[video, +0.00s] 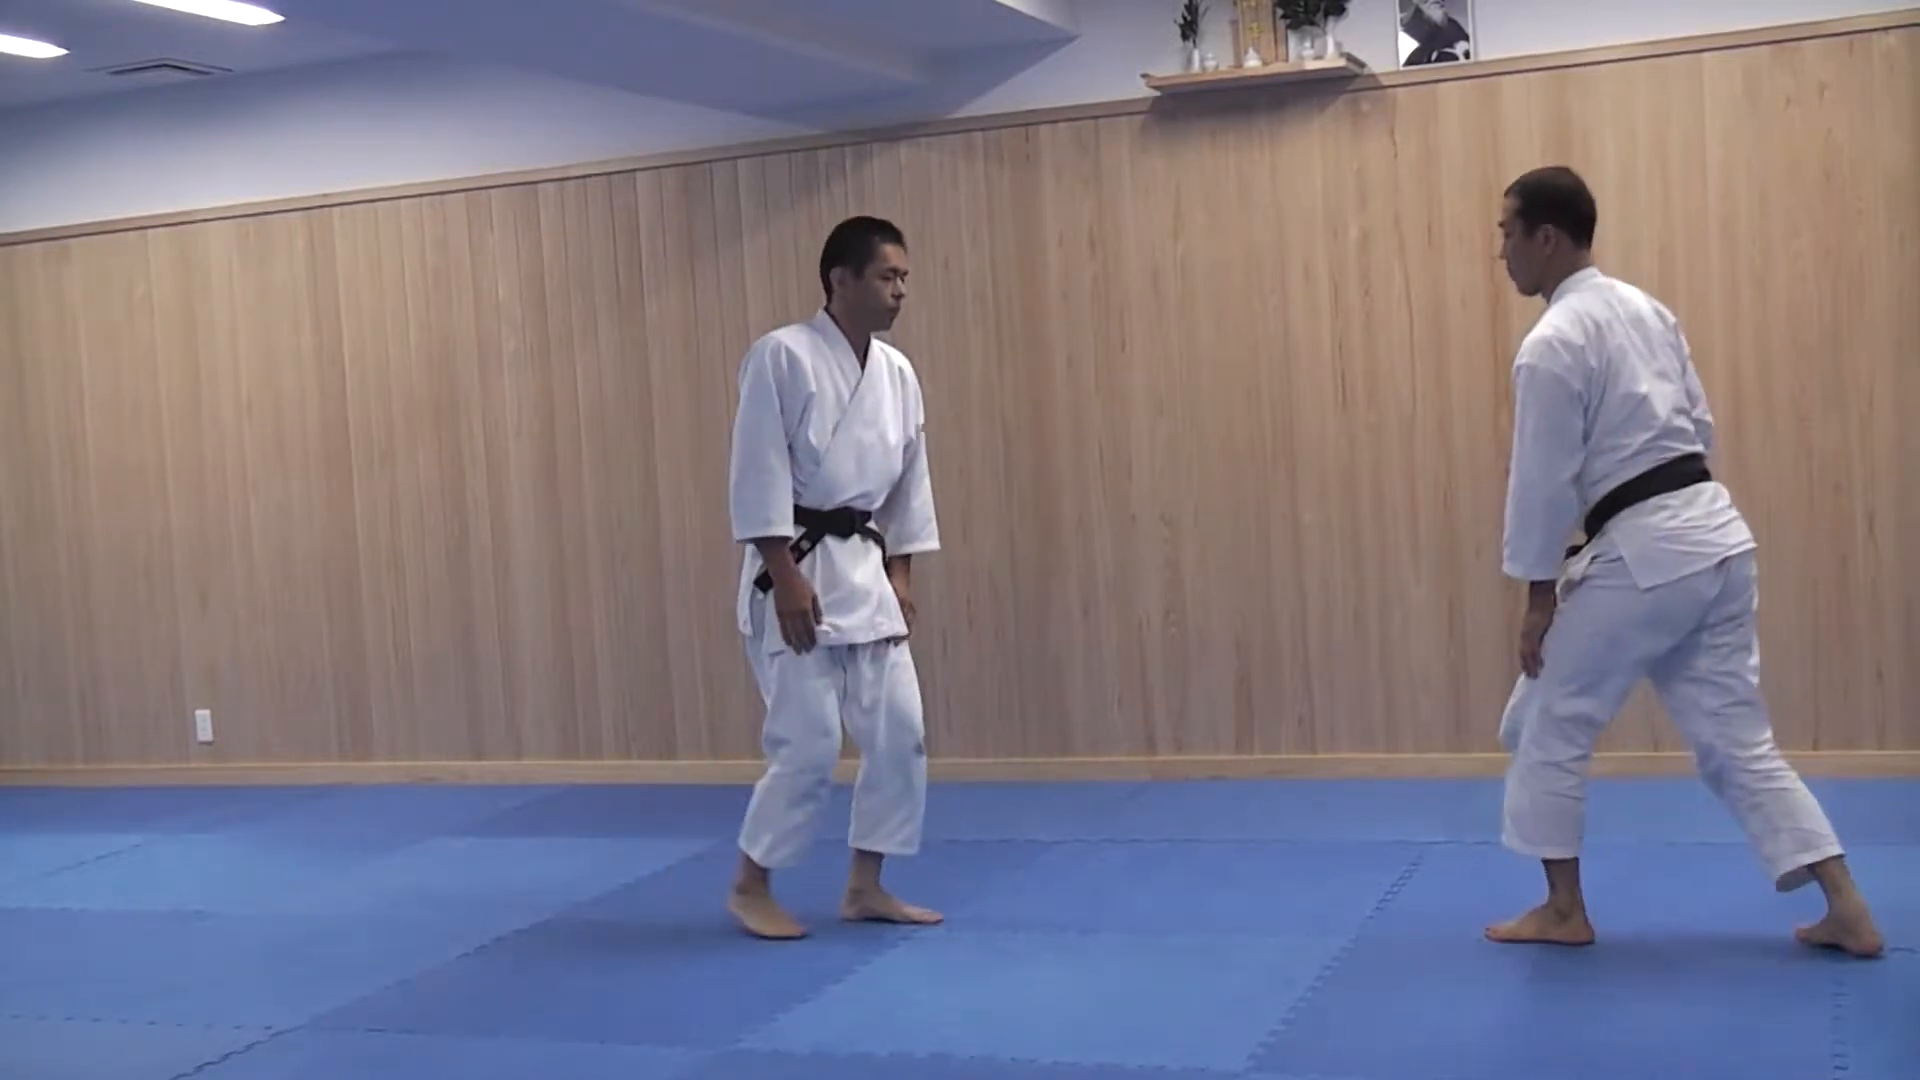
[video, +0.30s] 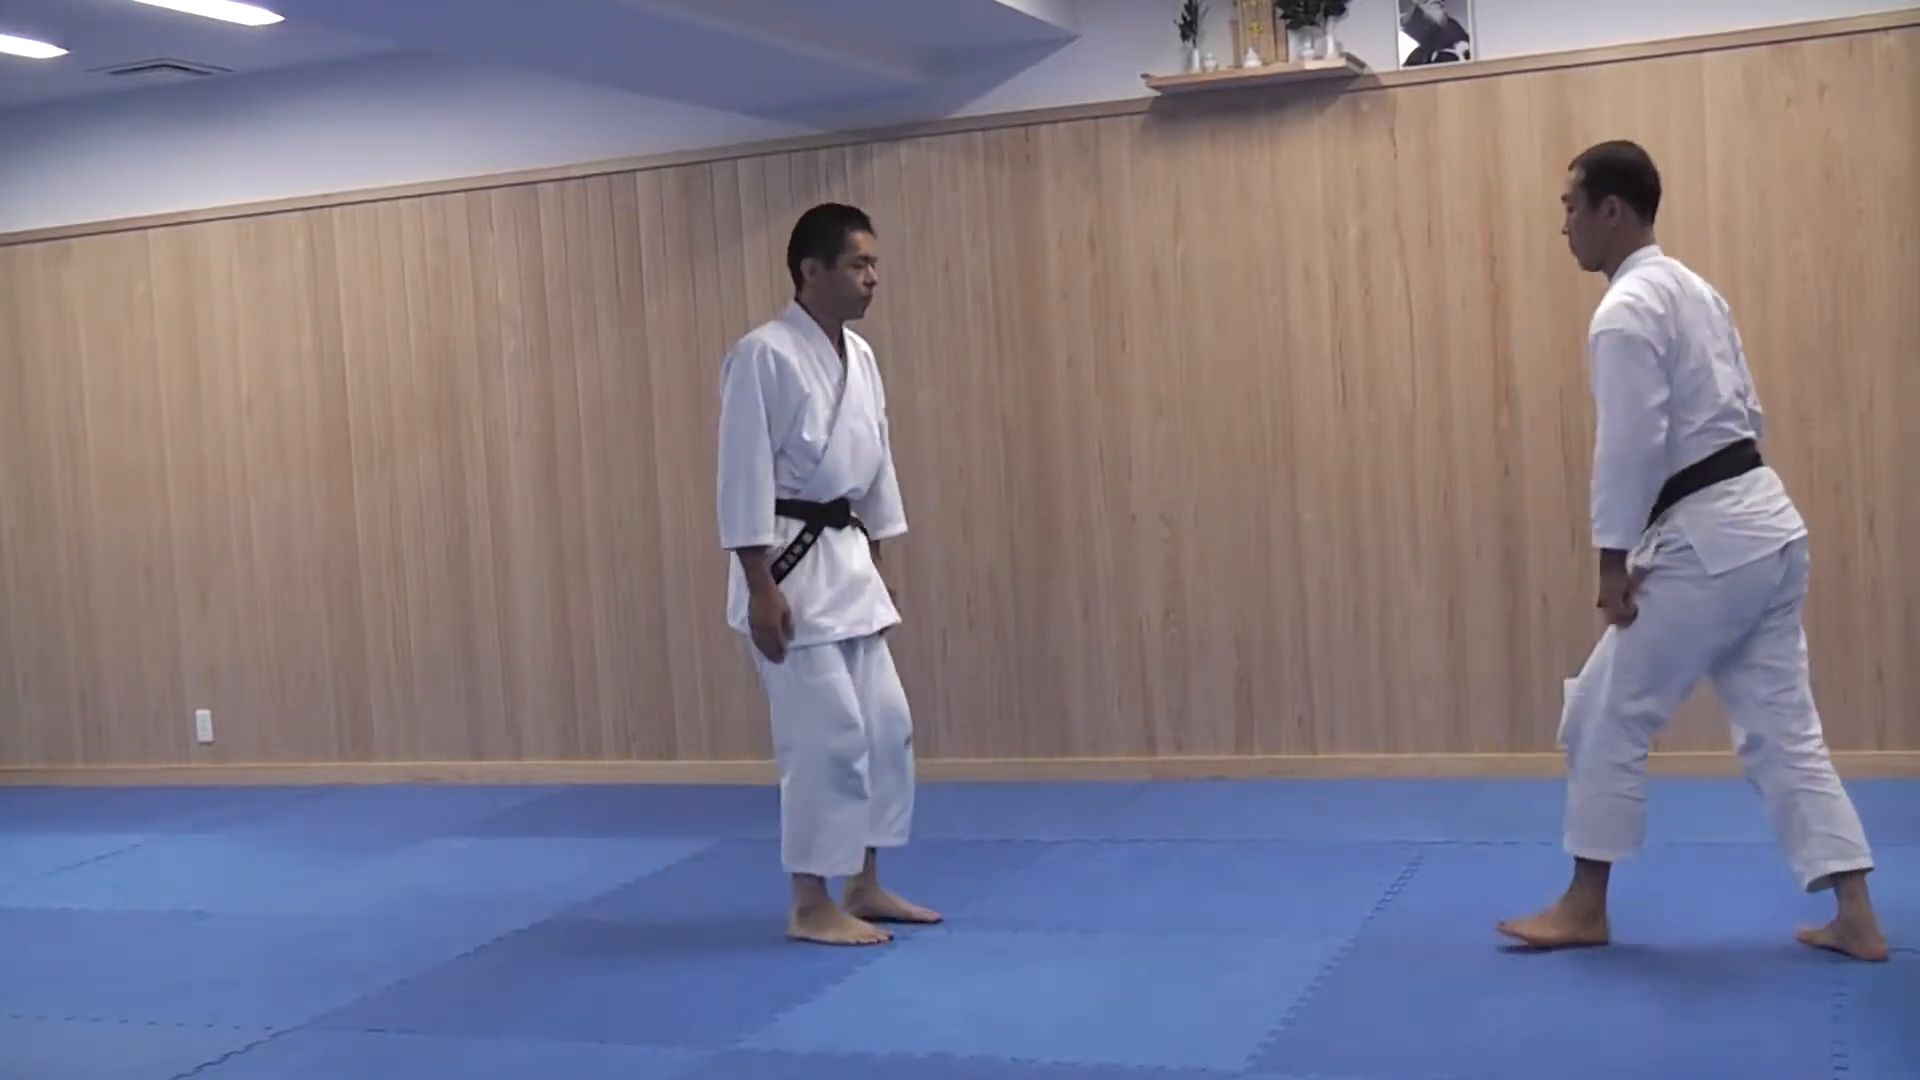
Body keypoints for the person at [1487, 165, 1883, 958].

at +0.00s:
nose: (1500, 250)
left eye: (1508, 233)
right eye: (1501, 233)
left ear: (1548, 237)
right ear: (1575, 238)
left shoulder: (1552, 341)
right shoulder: (1649, 309)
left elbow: (1543, 481)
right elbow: (1695, 429)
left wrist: (1538, 600)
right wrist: (1623, 524)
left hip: (1644, 552)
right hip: (1720, 536)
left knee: (1550, 718)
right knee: (1735, 737)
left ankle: (1563, 905)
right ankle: (1847, 909)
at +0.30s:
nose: (1563, 225)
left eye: (1571, 208)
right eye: (1564, 208)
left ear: (1615, 211)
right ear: (1633, 213)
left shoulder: (1624, 311)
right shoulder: (1697, 290)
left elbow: (1630, 442)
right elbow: (1741, 416)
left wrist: (1611, 560)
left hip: (1707, 541)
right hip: (1772, 528)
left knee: (1603, 704)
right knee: (1782, 726)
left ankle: (1584, 903)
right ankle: (1857, 916)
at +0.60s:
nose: (1551, 217)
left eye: (1563, 201)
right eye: (1553, 201)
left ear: (1606, 207)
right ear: (1613, 209)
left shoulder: (1631, 310)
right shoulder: (1637, 294)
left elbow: (1659, 440)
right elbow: (1658, 432)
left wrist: (1616, 549)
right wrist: (1602, 521)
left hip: (1677, 549)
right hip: (1701, 539)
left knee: (1586, 724)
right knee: (1742, 727)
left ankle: (1609, 912)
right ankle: (1848, 904)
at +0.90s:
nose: (1518, 204)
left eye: (1528, 187)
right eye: (1518, 188)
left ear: (1575, 192)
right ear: (1572, 194)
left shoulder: (1616, 291)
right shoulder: (1571, 287)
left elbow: (1655, 415)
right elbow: (1554, 423)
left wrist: (1572, 494)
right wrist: (1505, 506)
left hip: (1618, 545)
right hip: (1577, 543)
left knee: (1577, 729)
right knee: (1543, 723)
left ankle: (1611, 910)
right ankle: (1659, 872)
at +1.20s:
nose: (1491, 205)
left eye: (1502, 188)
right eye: (1492, 189)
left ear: (1549, 192)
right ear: (1544, 194)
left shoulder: (1602, 293)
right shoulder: (1520, 305)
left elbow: (1648, 408)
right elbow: (1473, 423)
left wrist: (1556, 478)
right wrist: (1388, 461)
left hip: (1584, 543)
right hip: (1523, 546)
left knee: (1568, 735)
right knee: (1456, 716)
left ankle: (1608, 912)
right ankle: (1402, 880)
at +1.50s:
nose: (1441, 206)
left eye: (1452, 191)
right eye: (1442, 190)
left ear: (1498, 196)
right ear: (1491, 198)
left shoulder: (1555, 295)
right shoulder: (1463, 308)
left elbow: (1603, 409)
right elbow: (1402, 411)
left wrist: (1510, 476)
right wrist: (1302, 428)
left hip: (1540, 546)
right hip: (1472, 550)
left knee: (1545, 738)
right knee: (1422, 731)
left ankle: (1608, 912)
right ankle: (1386, 902)